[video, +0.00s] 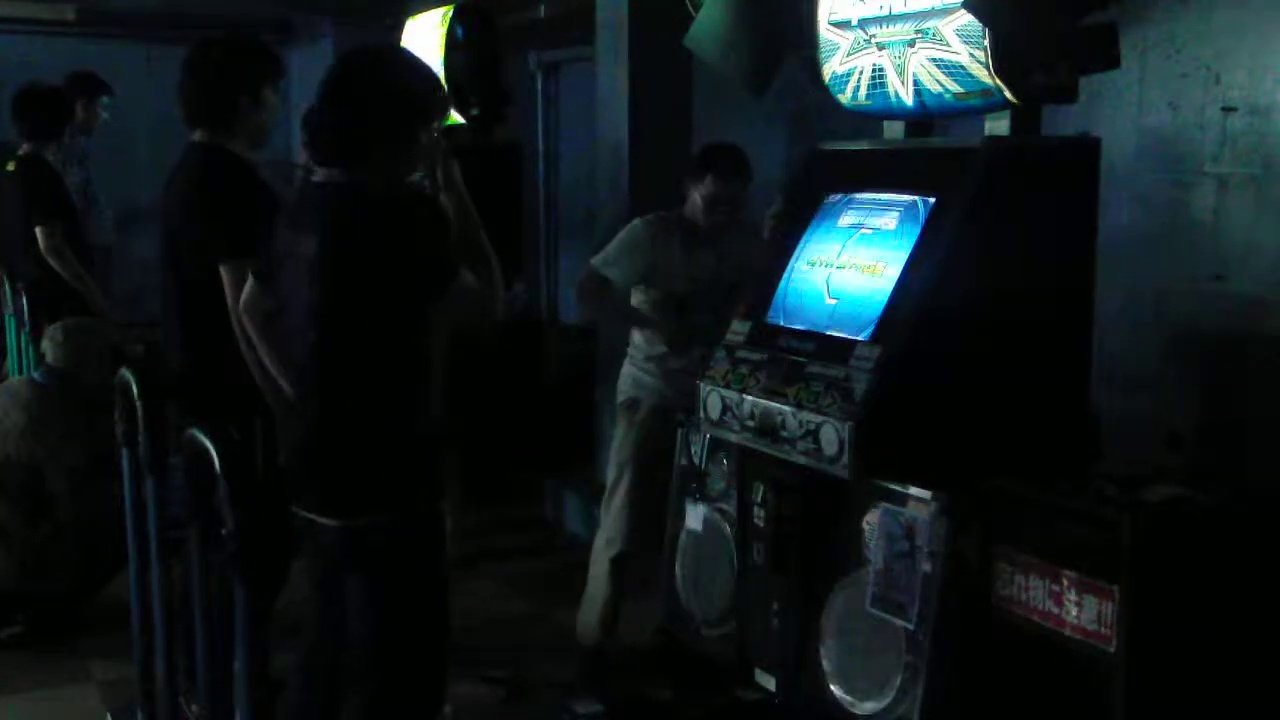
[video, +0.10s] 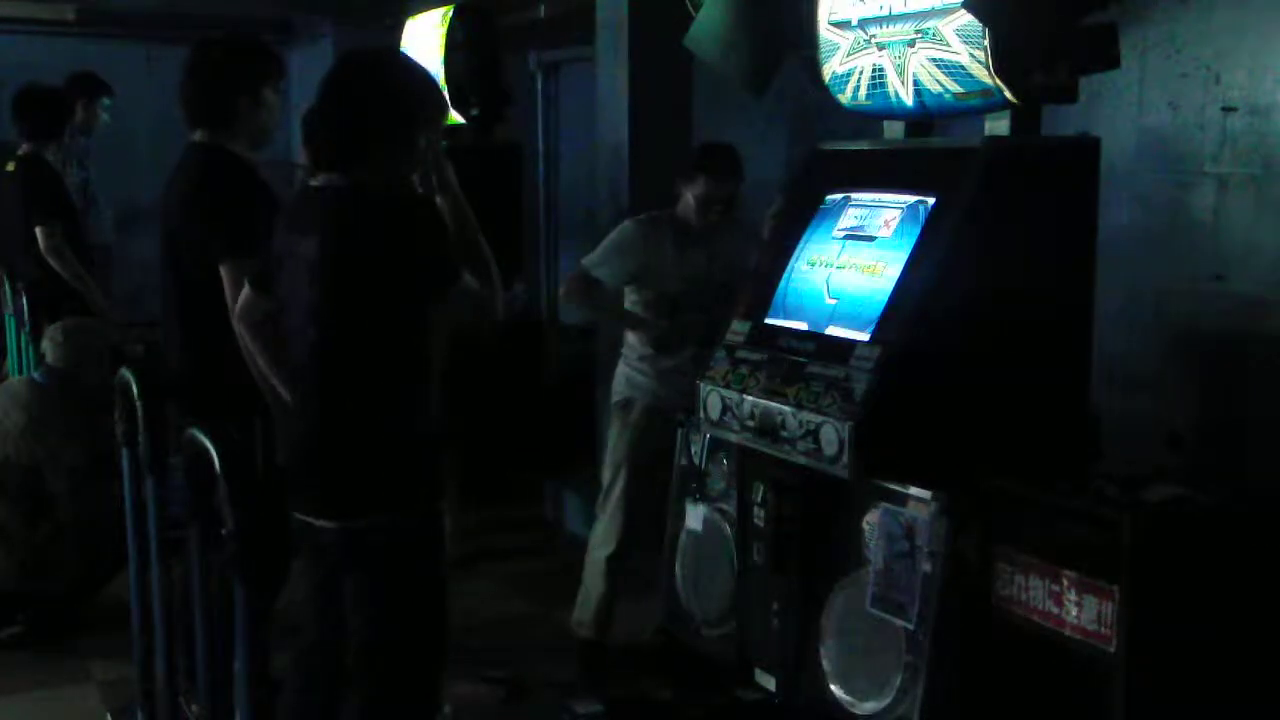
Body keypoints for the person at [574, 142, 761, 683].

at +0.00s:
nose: (719, 208)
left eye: (730, 199)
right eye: (712, 196)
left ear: (741, 200)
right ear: (691, 188)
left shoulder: (740, 248)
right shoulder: (652, 234)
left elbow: (754, 310)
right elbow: (593, 288)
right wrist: (646, 322)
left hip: (708, 399)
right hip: (649, 393)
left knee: (697, 521)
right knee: (626, 522)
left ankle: (677, 644)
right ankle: (597, 645)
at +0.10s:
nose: (715, 208)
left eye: (725, 199)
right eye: (708, 196)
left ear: (735, 198)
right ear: (684, 187)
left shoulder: (733, 244)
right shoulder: (644, 235)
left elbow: (748, 306)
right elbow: (577, 291)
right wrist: (638, 322)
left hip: (702, 399)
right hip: (643, 395)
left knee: (691, 521)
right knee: (622, 518)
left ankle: (675, 640)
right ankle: (591, 640)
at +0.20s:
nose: (701, 211)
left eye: (712, 201)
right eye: (694, 198)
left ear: (725, 199)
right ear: (673, 189)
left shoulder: (728, 243)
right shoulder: (632, 234)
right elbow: (570, 291)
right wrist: (630, 323)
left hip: (699, 399)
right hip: (635, 395)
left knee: (689, 520)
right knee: (618, 518)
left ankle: (680, 635)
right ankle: (590, 632)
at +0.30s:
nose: (689, 208)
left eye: (699, 199)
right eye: (682, 195)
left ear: (710, 200)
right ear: (662, 188)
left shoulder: (708, 244)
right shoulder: (619, 233)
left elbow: (726, 309)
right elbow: (555, 288)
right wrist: (615, 326)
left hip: (682, 401)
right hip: (622, 397)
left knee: (670, 518)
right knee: (612, 521)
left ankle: (660, 630)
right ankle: (593, 631)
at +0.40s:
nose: (674, 214)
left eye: (684, 204)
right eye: (666, 201)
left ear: (696, 201)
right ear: (644, 192)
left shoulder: (698, 243)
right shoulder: (605, 233)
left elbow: (728, 304)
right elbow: (540, 287)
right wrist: (598, 328)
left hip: (675, 397)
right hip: (612, 394)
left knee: (672, 514)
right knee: (604, 517)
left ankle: (668, 631)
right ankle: (592, 631)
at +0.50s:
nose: (664, 215)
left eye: (673, 205)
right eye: (656, 203)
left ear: (683, 205)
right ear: (635, 197)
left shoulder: (682, 246)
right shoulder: (592, 235)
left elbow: (712, 306)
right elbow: (527, 290)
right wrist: (584, 334)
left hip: (662, 396)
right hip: (601, 395)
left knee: (666, 514)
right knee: (597, 517)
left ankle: (667, 630)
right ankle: (591, 632)